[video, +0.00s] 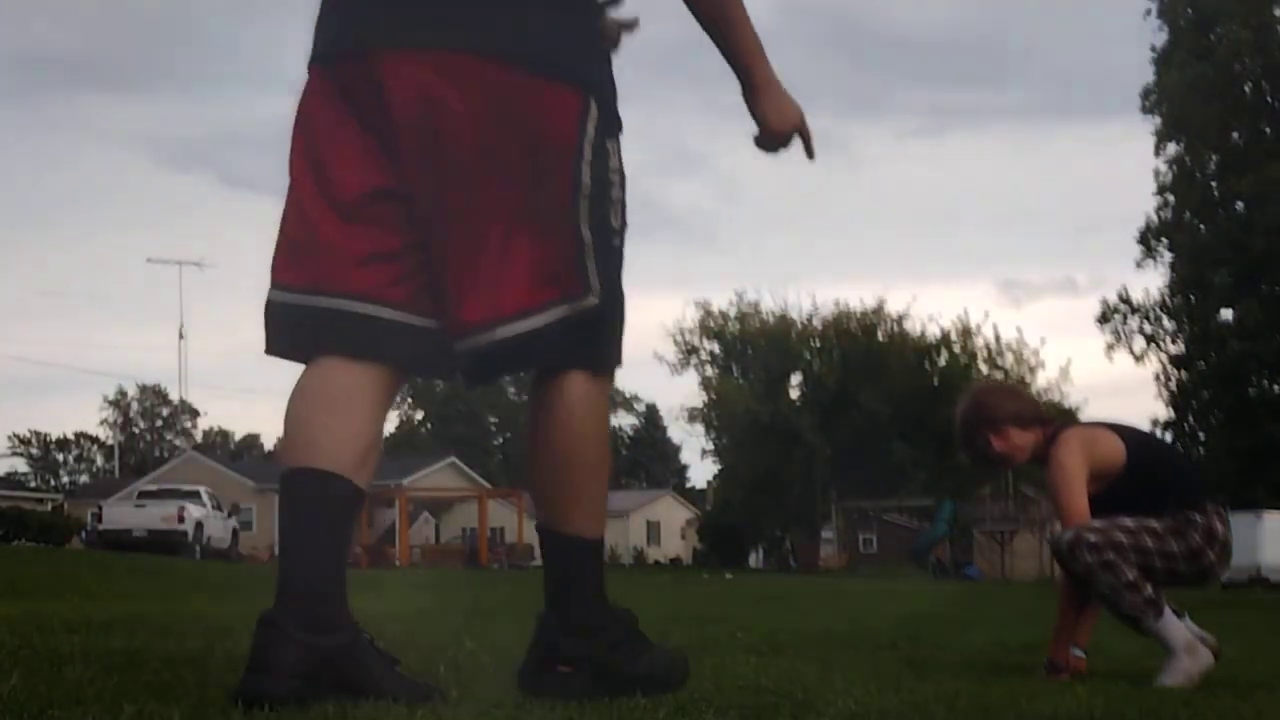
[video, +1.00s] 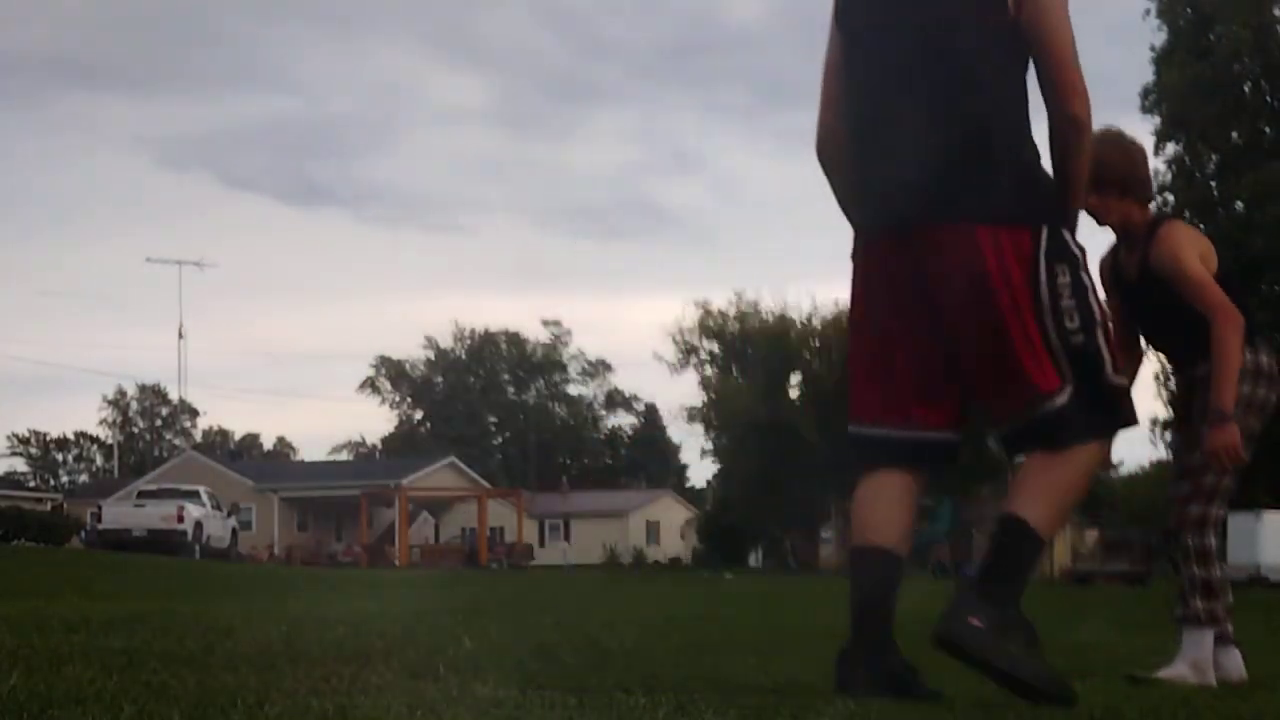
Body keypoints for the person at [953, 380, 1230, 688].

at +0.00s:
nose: (996, 446)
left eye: (998, 431)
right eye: (985, 442)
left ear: (1021, 417)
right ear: (982, 449)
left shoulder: (1067, 450)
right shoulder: (1069, 448)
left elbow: (1080, 562)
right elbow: (1093, 560)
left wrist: (1061, 649)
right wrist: (1077, 647)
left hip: (1200, 536)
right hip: (1194, 536)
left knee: (1078, 544)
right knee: (1092, 548)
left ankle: (1187, 649)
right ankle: (1189, 636)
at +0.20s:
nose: (1013, 442)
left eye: (1011, 432)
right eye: (1008, 438)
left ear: (1021, 419)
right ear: (1037, 405)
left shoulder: (1089, 439)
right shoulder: (1086, 441)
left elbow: (1083, 555)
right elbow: (1093, 555)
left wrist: (1064, 646)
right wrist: (1080, 646)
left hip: (1218, 524)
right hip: (1207, 524)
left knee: (1091, 536)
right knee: (1098, 542)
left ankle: (1188, 654)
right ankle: (1189, 637)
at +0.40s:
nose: (1027, 403)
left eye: (1028, 390)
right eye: (1020, 400)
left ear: (1049, 379)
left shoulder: (1114, 416)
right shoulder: (1093, 431)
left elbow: (1097, 532)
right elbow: (1088, 534)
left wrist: (1062, 639)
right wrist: (1063, 638)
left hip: (1239, 484)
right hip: (1218, 486)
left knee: (1117, 525)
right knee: (1104, 534)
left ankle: (1190, 659)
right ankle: (1195, 639)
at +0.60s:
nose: (1052, 350)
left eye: (1053, 336)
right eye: (1043, 345)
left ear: (1076, 322)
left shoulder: (1141, 368)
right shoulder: (1092, 394)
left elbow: (1131, 485)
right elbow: (1088, 483)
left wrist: (1084, 586)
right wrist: (1061, 565)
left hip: (1254, 441)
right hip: (1208, 453)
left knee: (1158, 515)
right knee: (1124, 532)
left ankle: (1194, 656)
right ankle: (1202, 640)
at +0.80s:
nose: (1077, 274)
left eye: (1083, 259)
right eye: (1068, 269)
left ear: (1110, 253)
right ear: (1065, 278)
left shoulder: (1162, 306)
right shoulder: (1099, 335)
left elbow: (1179, 419)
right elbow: (1095, 424)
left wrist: (1135, 514)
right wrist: (1074, 507)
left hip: (1252, 399)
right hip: (1205, 412)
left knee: (1182, 511)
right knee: (1137, 528)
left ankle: (1196, 657)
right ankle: (1215, 650)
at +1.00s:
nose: (1091, 210)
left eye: (1095, 199)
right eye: (1088, 201)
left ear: (1125, 192)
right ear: (1107, 200)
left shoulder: (1171, 244)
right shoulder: (1114, 264)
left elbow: (1229, 319)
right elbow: (1125, 356)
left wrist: (1222, 413)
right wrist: (1098, 419)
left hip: (1237, 373)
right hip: (1195, 379)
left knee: (1197, 508)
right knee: (1193, 510)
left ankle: (1197, 656)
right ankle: (1221, 651)